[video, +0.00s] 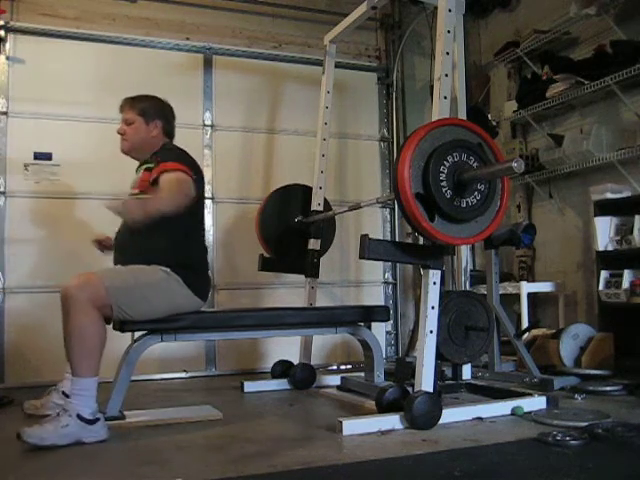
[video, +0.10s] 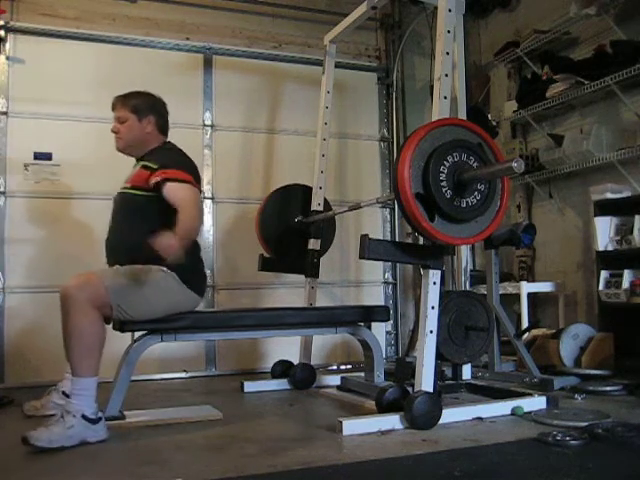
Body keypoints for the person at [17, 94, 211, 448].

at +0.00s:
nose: (120, 130)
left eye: (128, 123)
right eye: (121, 123)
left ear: (155, 129)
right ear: (149, 131)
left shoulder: (173, 161)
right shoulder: (147, 170)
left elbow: (178, 194)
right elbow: (155, 231)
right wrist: (117, 243)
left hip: (177, 280)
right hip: (154, 276)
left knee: (83, 292)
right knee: (75, 292)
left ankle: (86, 415)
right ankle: (72, 393)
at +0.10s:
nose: (114, 129)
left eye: (121, 122)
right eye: (114, 122)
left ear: (148, 124)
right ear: (145, 126)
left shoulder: (169, 161)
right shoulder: (146, 164)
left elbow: (190, 206)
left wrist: (179, 241)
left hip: (172, 281)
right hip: (148, 276)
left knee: (83, 293)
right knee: (74, 292)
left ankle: (87, 415)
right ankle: (72, 392)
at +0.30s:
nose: (108, 128)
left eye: (115, 120)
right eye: (108, 120)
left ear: (142, 120)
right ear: (140, 122)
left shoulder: (158, 158)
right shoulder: (136, 162)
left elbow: (182, 212)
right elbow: (145, 226)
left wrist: (145, 252)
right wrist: (106, 260)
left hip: (169, 278)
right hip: (144, 274)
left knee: (83, 296)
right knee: (68, 293)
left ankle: (86, 416)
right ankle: (70, 391)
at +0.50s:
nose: (89, 135)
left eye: (94, 126)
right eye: (88, 128)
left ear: (122, 125)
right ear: (117, 128)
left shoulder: (139, 161)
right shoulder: (118, 169)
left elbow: (140, 216)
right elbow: (112, 236)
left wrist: (73, 244)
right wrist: (67, 251)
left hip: (169, 278)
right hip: (143, 276)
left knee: (83, 295)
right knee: (69, 294)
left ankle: (87, 416)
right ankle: (71, 392)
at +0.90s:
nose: (52, 136)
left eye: (58, 127)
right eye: (51, 129)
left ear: (86, 125)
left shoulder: (96, 163)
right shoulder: (81, 168)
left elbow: (85, 222)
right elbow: (51, 227)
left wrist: (39, 254)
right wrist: (10, 242)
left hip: (157, 270)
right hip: (137, 269)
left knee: (72, 293)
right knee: (65, 292)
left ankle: (85, 416)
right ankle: (71, 393)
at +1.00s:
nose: (56, 134)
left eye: (62, 126)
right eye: (55, 127)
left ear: (90, 124)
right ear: (84, 127)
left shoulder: (102, 162)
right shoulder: (84, 166)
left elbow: (76, 212)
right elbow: (60, 213)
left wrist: (29, 244)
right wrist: (22, 233)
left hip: (156, 270)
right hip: (133, 268)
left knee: (71, 293)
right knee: (66, 290)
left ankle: (85, 416)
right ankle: (72, 392)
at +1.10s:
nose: (64, 139)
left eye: (70, 130)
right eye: (63, 131)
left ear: (98, 128)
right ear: (96, 131)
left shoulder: (108, 166)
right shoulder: (98, 168)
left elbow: (52, 214)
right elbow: (57, 227)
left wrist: (11, 230)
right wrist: (15, 233)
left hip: (161, 277)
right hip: (139, 275)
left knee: (74, 294)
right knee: (65, 292)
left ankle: (86, 416)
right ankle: (70, 392)